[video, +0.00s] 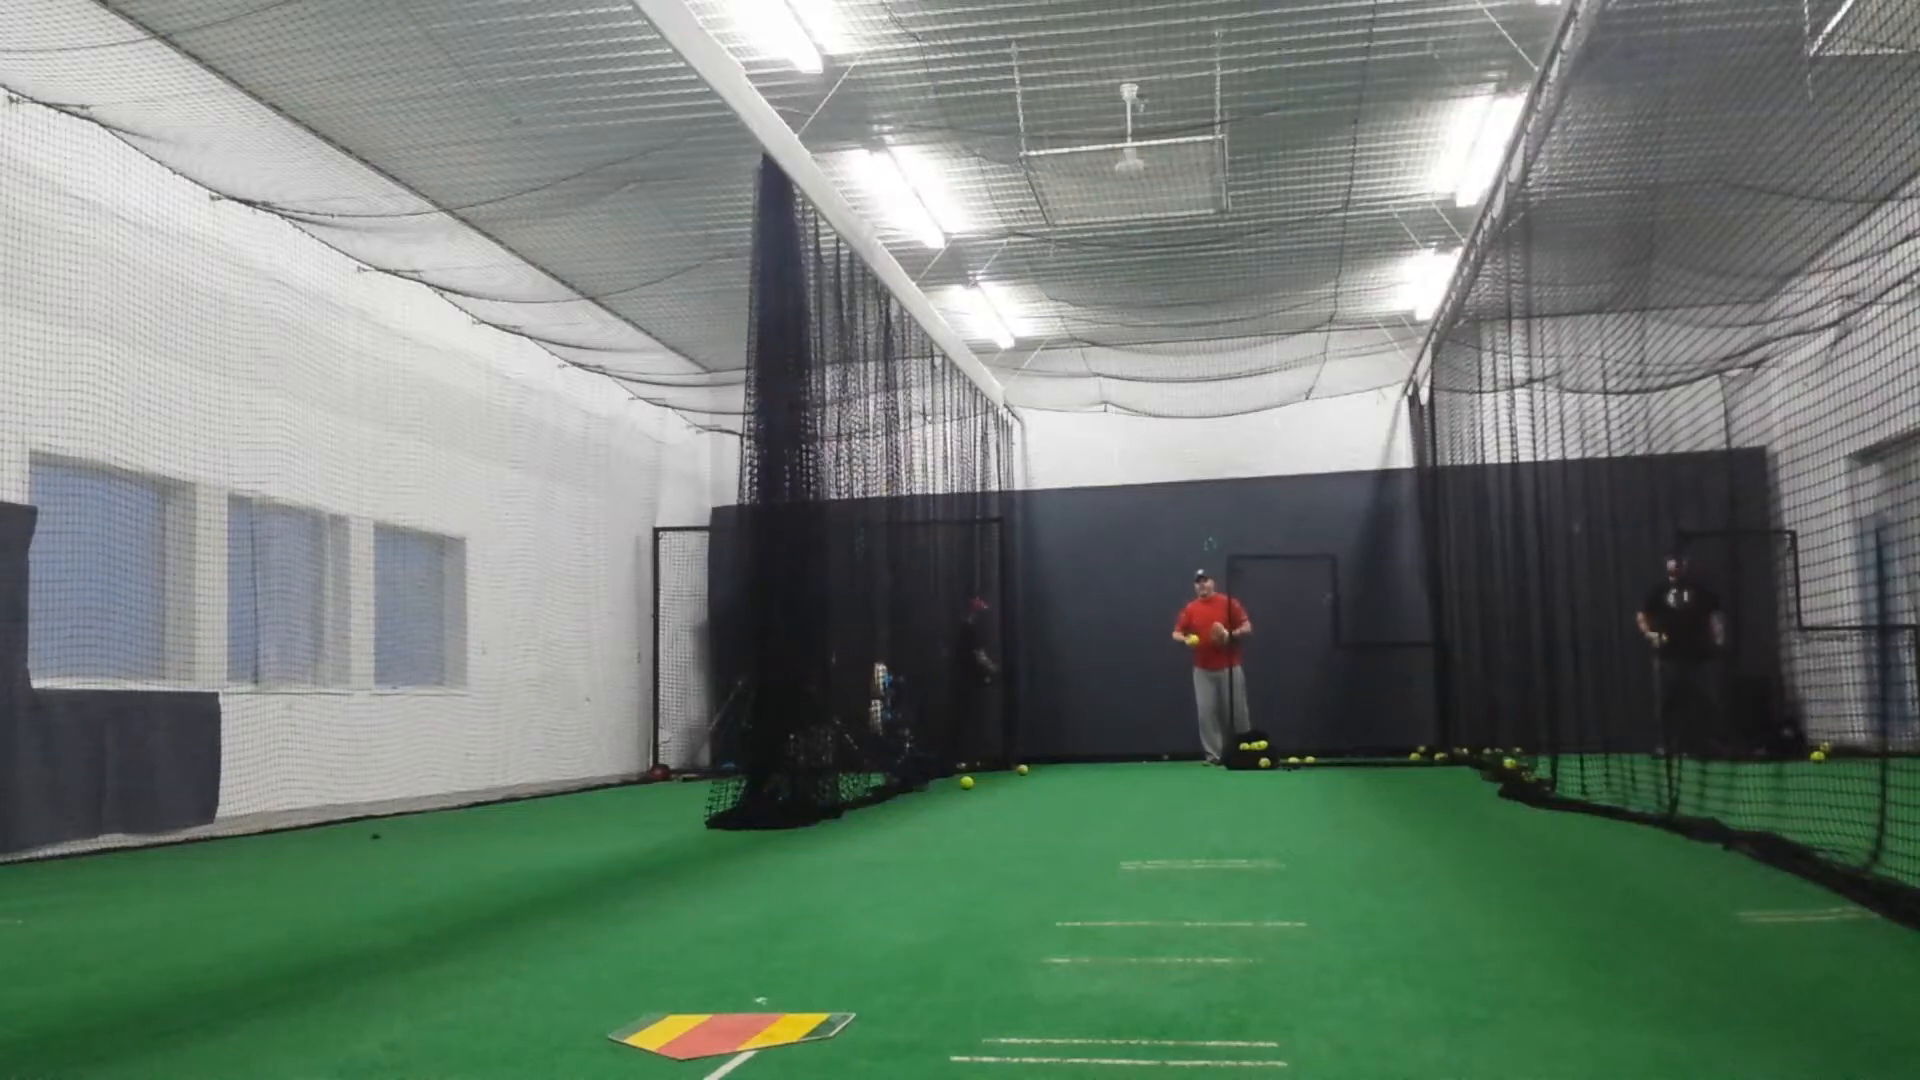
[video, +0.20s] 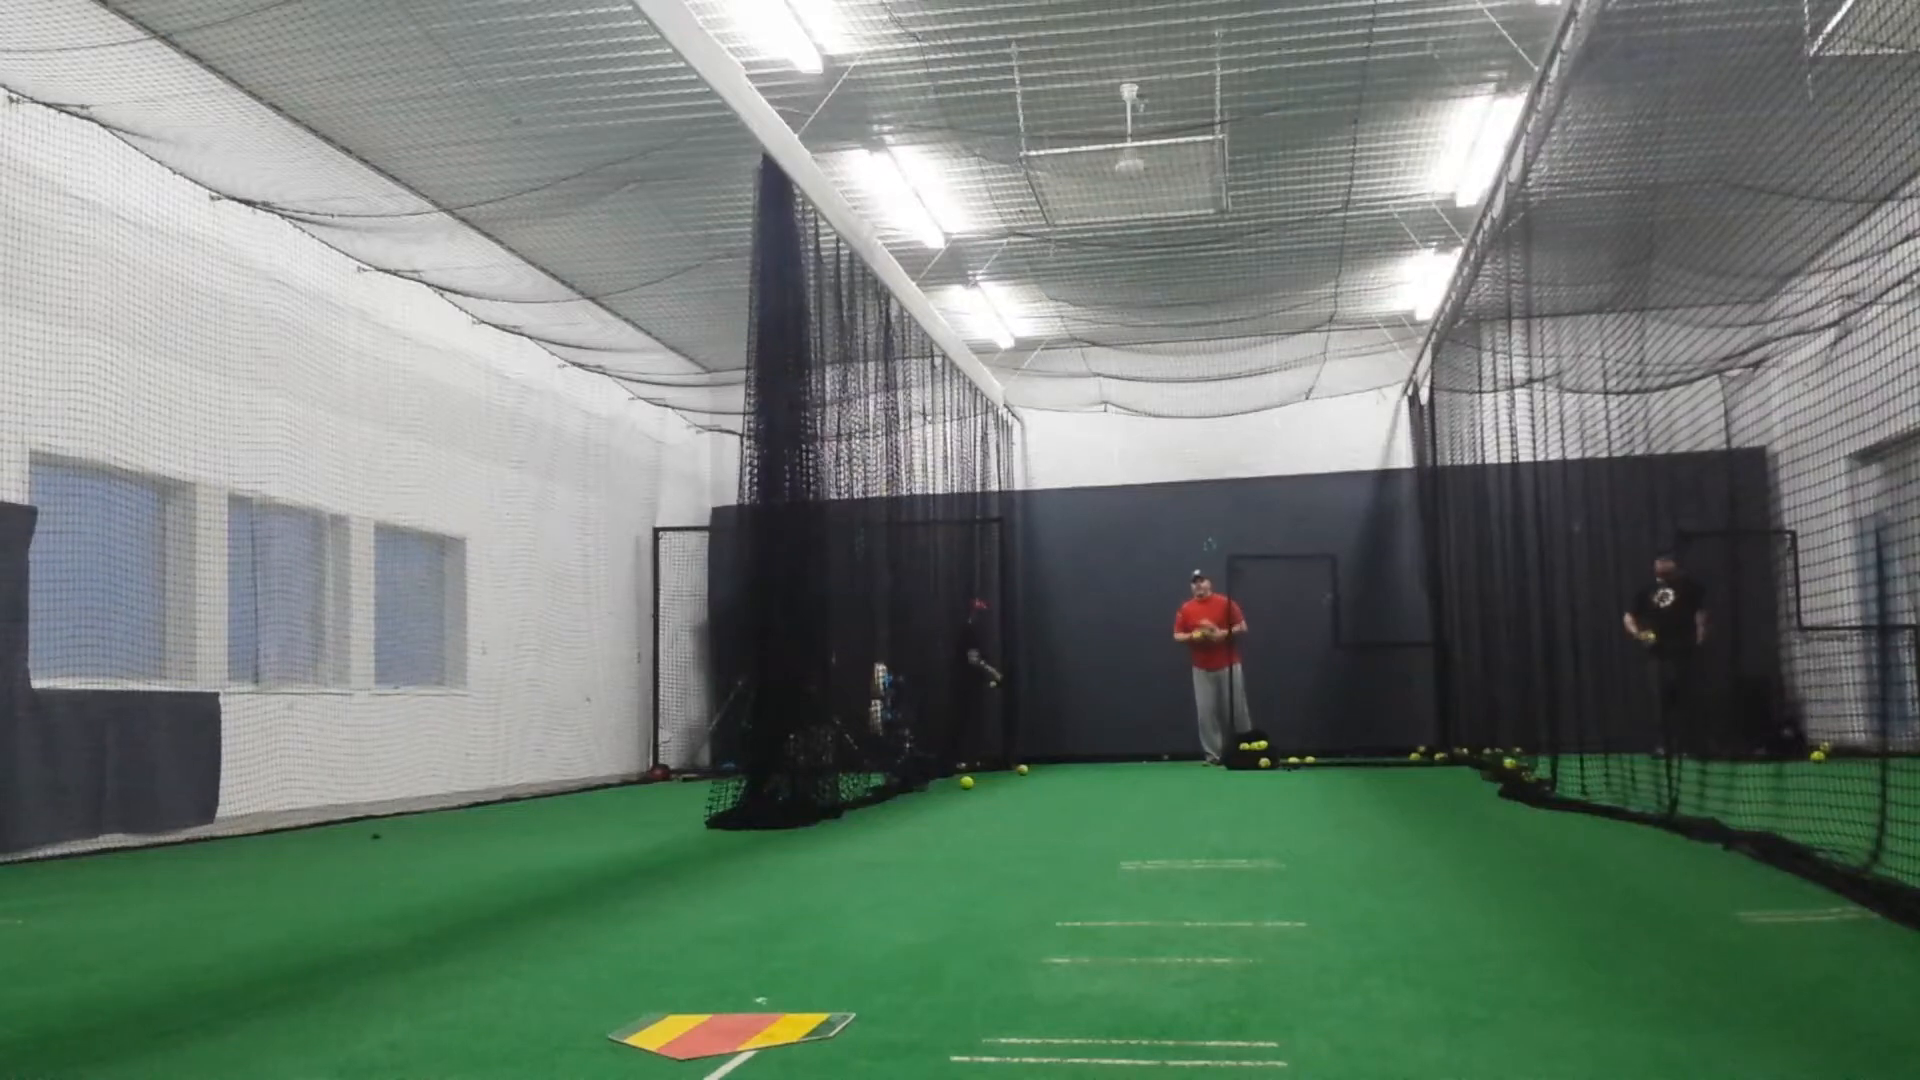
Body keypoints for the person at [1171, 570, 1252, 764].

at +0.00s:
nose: (1202, 585)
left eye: (1205, 581)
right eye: (1198, 582)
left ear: (1213, 583)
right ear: (1194, 586)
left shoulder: (1229, 604)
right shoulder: (1190, 609)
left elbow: (1247, 627)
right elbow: (1176, 633)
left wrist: (1230, 634)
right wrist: (1186, 638)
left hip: (1229, 667)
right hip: (1204, 669)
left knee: (1237, 710)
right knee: (1206, 712)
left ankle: (1244, 751)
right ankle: (1213, 753)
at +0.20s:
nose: (1199, 585)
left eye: (1202, 581)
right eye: (1195, 582)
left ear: (1209, 583)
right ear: (1191, 586)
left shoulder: (1225, 603)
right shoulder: (1186, 609)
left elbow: (1242, 626)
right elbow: (1177, 635)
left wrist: (1222, 633)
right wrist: (1195, 635)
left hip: (1228, 664)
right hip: (1202, 667)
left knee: (1236, 708)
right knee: (1206, 711)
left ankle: (1245, 750)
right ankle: (1212, 753)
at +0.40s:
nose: (1197, 586)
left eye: (1200, 582)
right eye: (1194, 583)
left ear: (1208, 584)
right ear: (1190, 587)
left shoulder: (1222, 603)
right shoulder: (1186, 610)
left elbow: (1245, 623)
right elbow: (1175, 636)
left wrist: (1226, 631)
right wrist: (1192, 636)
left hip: (1229, 665)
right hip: (1203, 669)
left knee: (1240, 707)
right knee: (1206, 712)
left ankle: (1249, 750)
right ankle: (1212, 753)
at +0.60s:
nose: (1201, 584)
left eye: (1204, 580)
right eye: (1197, 581)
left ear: (1211, 582)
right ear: (1193, 585)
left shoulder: (1226, 600)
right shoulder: (1188, 609)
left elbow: (1251, 617)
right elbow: (1172, 631)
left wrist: (1234, 623)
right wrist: (1180, 636)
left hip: (1230, 664)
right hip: (1204, 668)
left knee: (1242, 707)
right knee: (1207, 713)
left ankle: (1253, 750)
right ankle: (1213, 753)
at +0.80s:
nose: (1209, 587)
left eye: (1212, 583)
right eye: (1206, 584)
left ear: (1220, 585)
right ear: (1202, 587)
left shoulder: (1233, 603)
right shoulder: (1197, 608)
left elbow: (1256, 622)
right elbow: (1188, 632)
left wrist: (1240, 622)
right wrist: (1184, 639)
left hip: (1233, 667)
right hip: (1207, 669)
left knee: (1239, 710)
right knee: (1208, 713)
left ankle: (1245, 752)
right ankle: (1213, 753)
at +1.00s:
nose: (1218, 587)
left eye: (1221, 583)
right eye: (1215, 583)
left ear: (1228, 585)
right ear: (1211, 586)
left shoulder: (1241, 604)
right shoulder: (1203, 607)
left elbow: (1266, 618)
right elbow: (1185, 628)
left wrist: (1254, 629)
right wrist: (1192, 629)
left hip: (1239, 667)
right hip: (1213, 668)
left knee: (1244, 709)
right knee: (1212, 711)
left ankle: (1246, 751)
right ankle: (1213, 752)